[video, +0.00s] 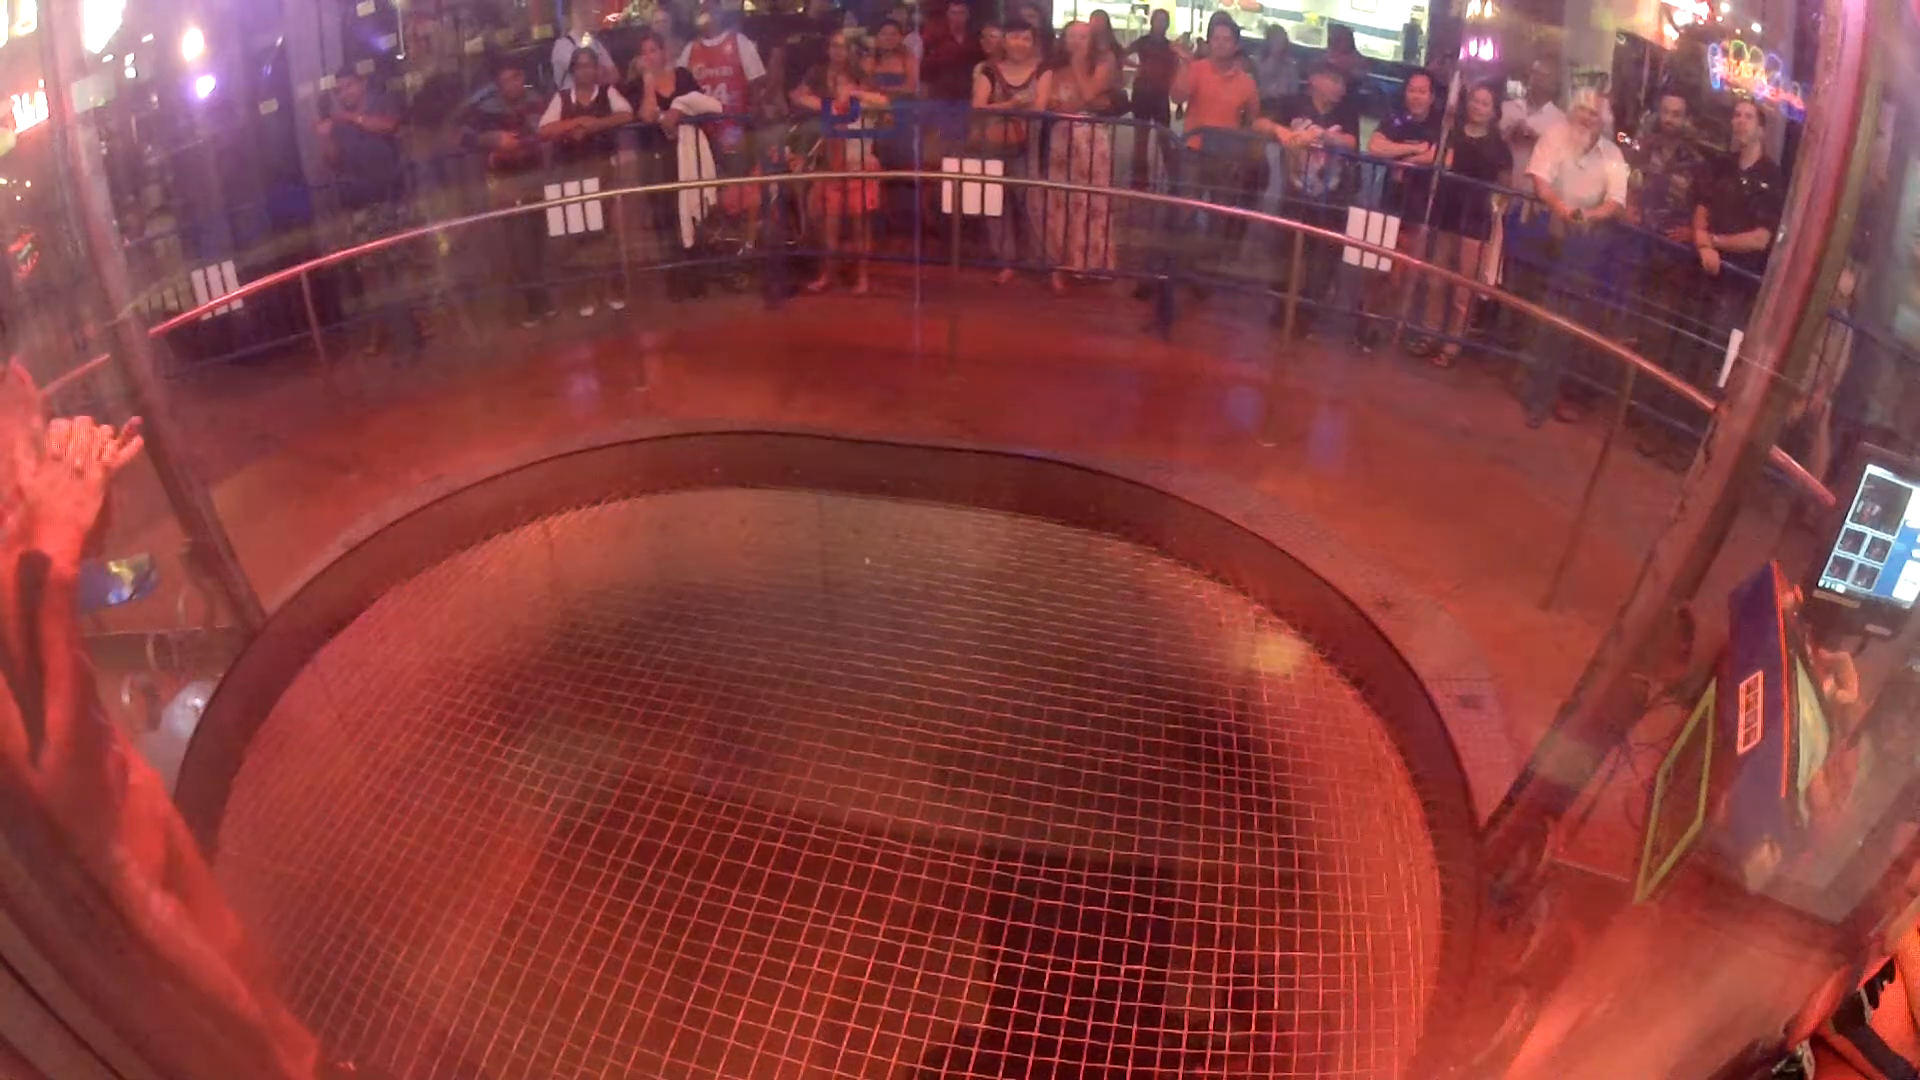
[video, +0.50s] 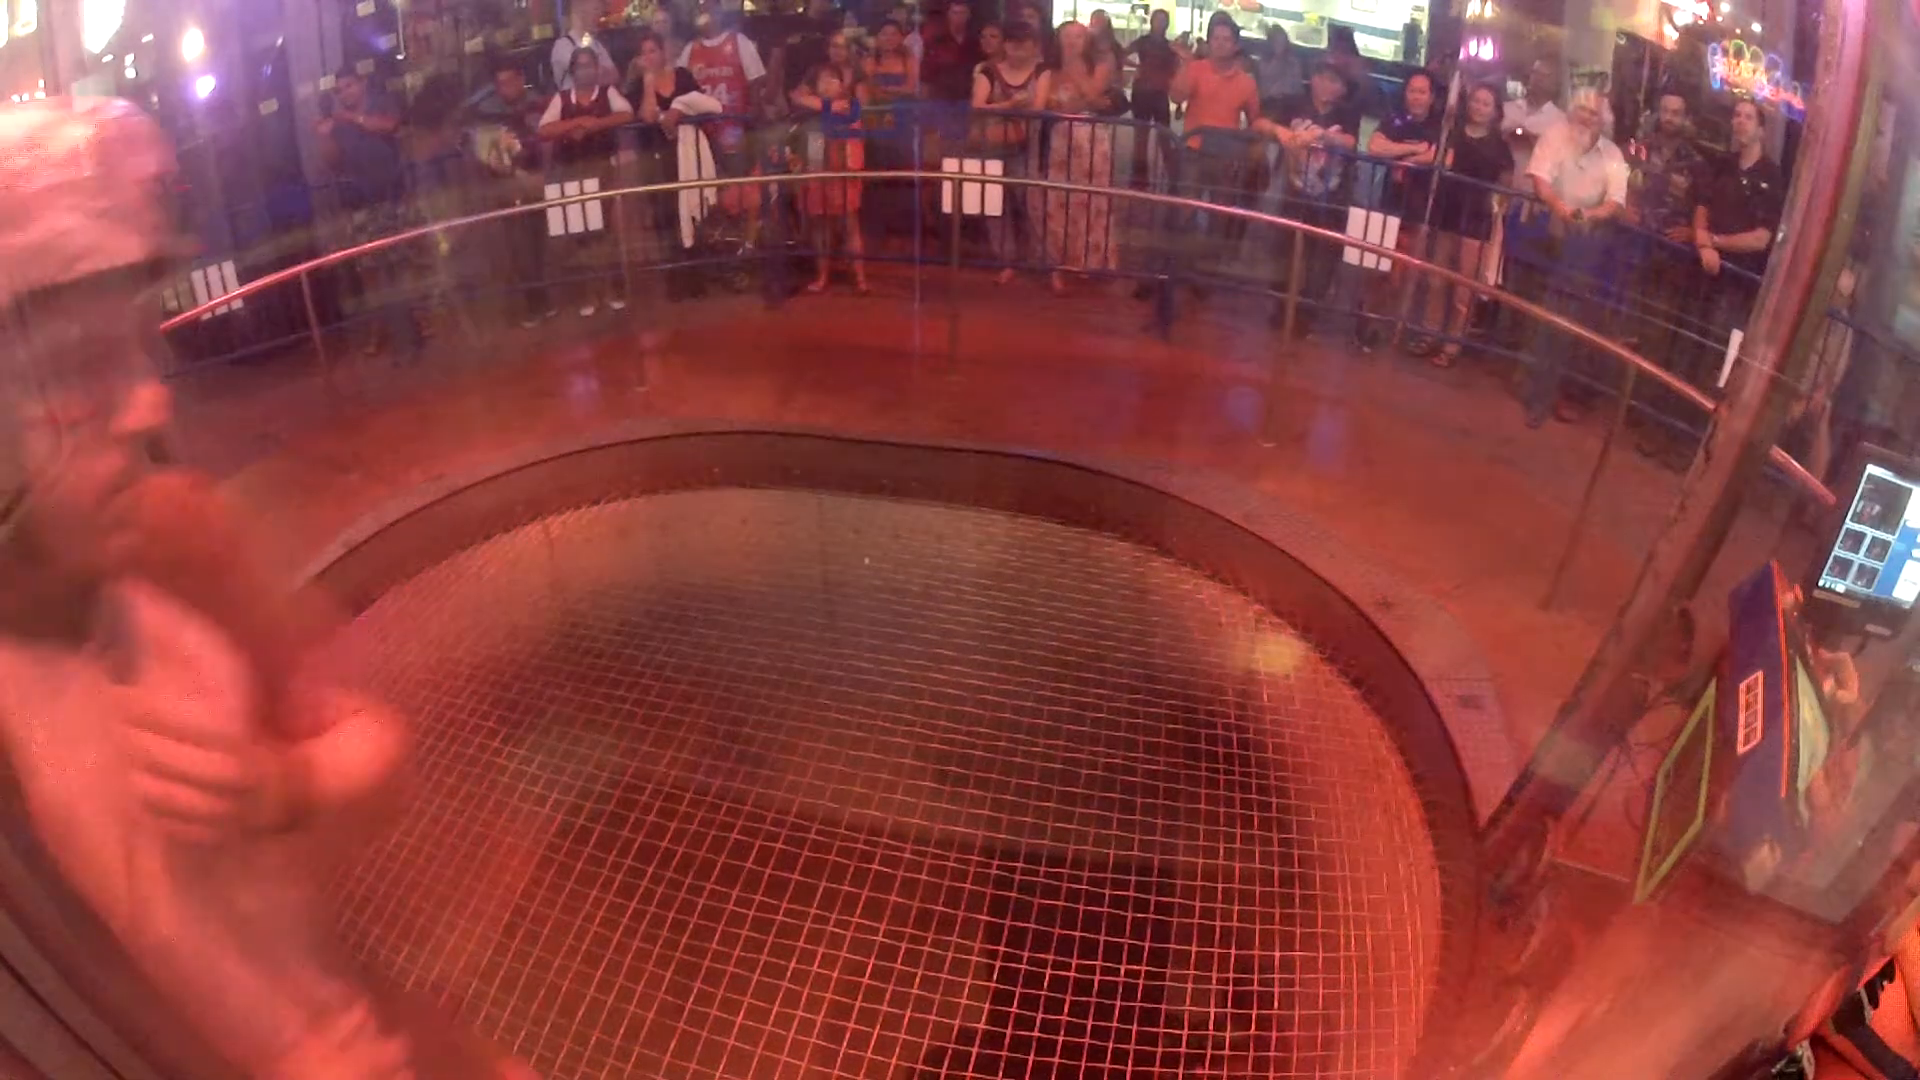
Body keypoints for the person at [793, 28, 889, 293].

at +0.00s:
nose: (835, 51)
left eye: (840, 47)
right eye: (832, 46)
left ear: (852, 51)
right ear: (827, 49)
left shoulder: (861, 79)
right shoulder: (820, 76)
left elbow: (884, 100)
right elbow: (798, 95)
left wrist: (856, 97)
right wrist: (828, 106)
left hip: (860, 158)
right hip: (830, 158)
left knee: (860, 220)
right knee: (829, 219)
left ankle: (862, 274)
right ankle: (827, 272)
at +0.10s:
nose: (835, 51)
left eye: (841, 47)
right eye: (832, 46)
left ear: (851, 51)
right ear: (827, 49)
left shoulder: (860, 78)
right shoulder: (819, 74)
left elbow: (880, 103)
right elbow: (798, 95)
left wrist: (856, 98)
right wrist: (829, 107)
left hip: (856, 156)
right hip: (828, 156)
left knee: (859, 220)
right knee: (828, 220)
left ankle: (862, 275)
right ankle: (823, 274)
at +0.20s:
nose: (836, 52)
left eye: (841, 47)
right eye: (833, 46)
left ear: (851, 50)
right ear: (827, 49)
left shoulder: (857, 78)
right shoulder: (818, 74)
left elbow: (868, 112)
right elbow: (798, 96)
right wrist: (829, 106)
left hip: (853, 147)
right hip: (827, 147)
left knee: (856, 214)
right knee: (828, 214)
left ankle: (862, 274)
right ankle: (823, 272)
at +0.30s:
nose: (837, 51)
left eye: (842, 47)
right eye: (834, 46)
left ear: (850, 50)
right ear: (827, 48)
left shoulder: (855, 76)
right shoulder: (817, 73)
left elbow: (863, 112)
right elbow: (797, 96)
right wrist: (829, 105)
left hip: (850, 146)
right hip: (823, 146)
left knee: (852, 211)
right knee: (822, 212)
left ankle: (861, 274)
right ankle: (822, 272)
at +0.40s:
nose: (837, 51)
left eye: (841, 47)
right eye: (833, 46)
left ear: (850, 50)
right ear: (827, 48)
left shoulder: (855, 76)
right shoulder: (817, 72)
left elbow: (860, 109)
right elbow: (797, 96)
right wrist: (829, 105)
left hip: (849, 146)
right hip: (823, 146)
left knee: (851, 213)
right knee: (822, 212)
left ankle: (861, 274)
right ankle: (822, 273)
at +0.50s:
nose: (837, 51)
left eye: (841, 46)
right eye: (834, 46)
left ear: (850, 50)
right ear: (827, 48)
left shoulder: (856, 75)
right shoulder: (817, 72)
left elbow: (861, 106)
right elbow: (797, 95)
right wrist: (828, 105)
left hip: (849, 144)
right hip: (821, 144)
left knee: (850, 211)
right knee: (820, 211)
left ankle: (859, 274)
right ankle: (822, 273)